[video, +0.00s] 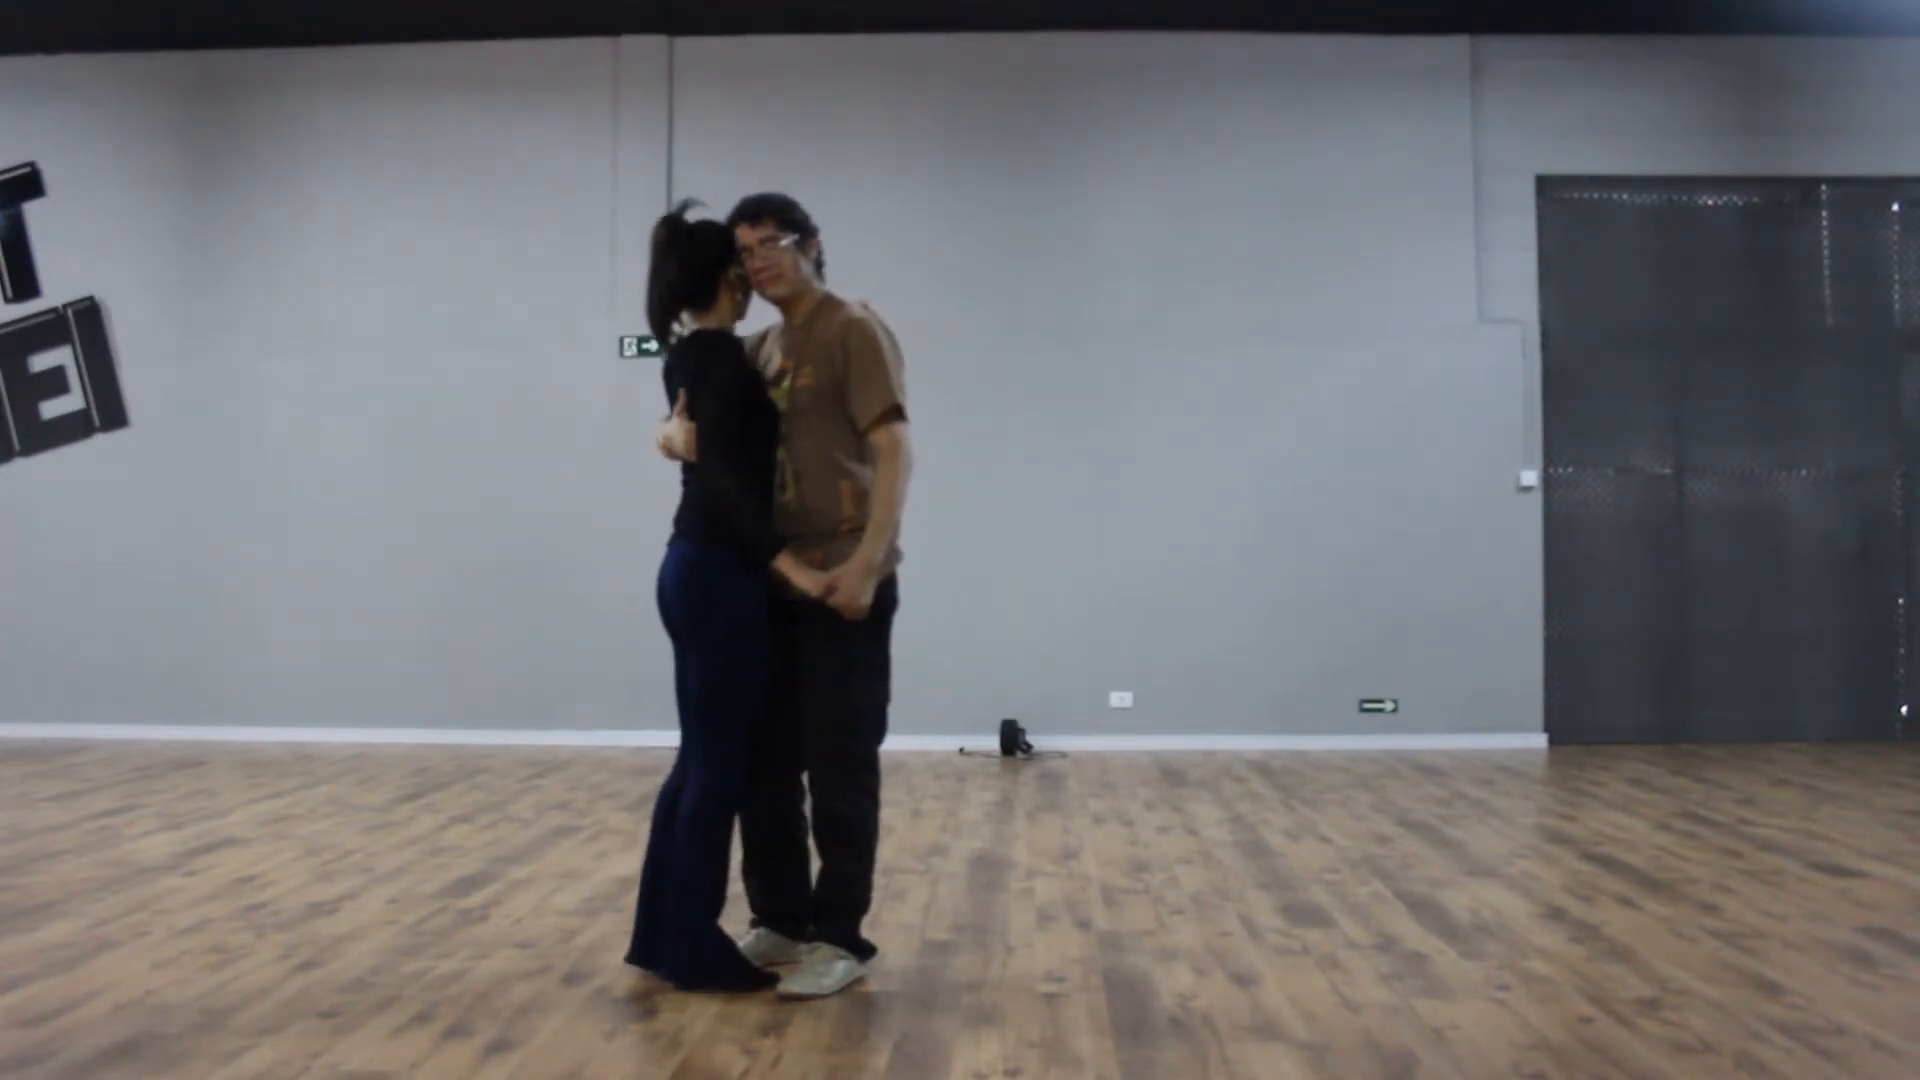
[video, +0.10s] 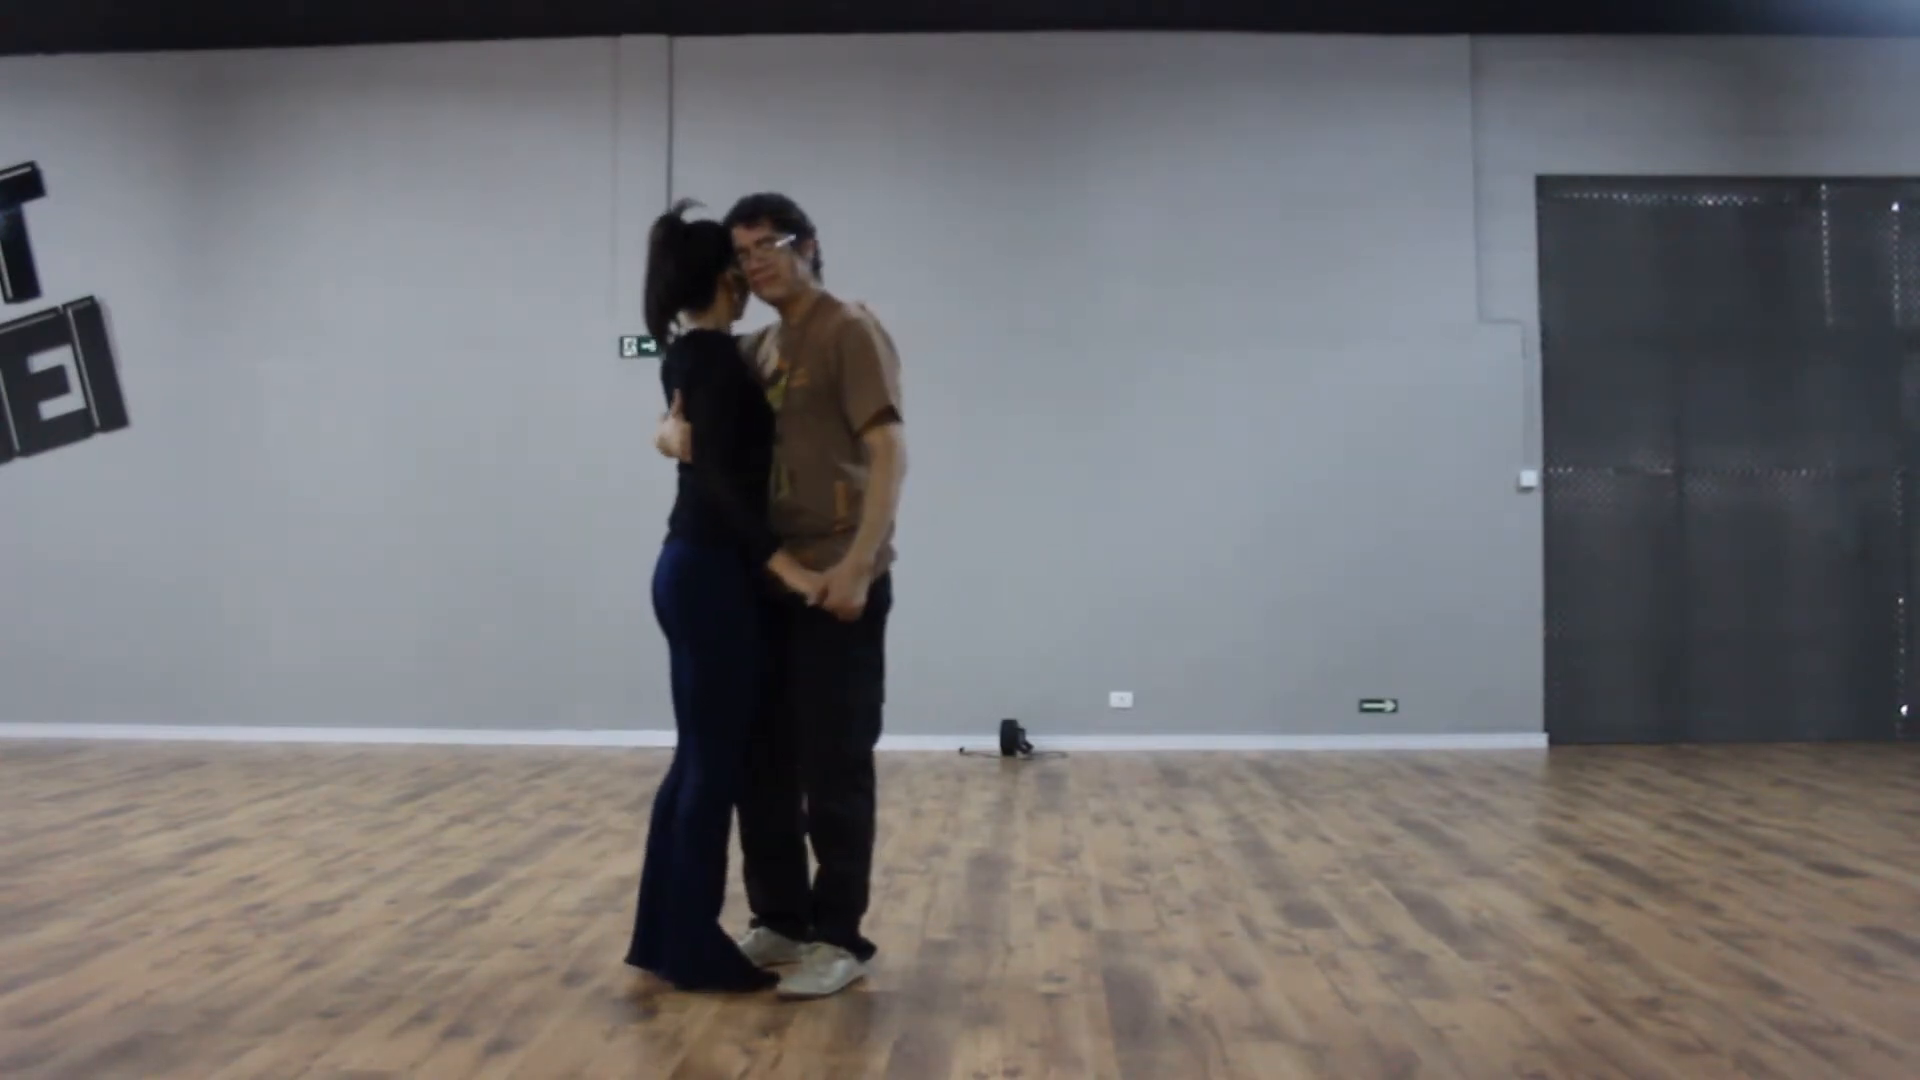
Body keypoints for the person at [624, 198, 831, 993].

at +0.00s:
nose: (754, 273)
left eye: (750, 262)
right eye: (744, 265)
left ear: (686, 284)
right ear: (727, 280)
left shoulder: (696, 355)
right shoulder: (717, 361)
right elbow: (720, 484)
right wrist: (788, 565)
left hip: (700, 570)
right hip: (717, 575)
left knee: (706, 758)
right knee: (718, 761)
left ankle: (662, 934)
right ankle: (688, 941)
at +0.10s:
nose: (752, 272)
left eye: (748, 260)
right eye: (741, 264)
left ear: (684, 283)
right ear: (724, 279)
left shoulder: (698, 353)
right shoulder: (711, 361)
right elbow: (714, 479)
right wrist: (783, 564)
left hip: (699, 570)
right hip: (710, 576)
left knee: (702, 758)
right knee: (713, 760)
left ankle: (664, 935)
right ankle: (689, 941)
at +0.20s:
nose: (748, 271)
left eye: (745, 260)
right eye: (738, 263)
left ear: (681, 283)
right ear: (721, 279)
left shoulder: (702, 353)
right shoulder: (705, 361)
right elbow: (707, 480)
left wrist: (833, 317)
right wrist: (776, 564)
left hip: (695, 568)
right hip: (703, 574)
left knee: (697, 758)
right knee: (706, 760)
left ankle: (664, 935)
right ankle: (687, 942)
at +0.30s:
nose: (747, 274)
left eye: (744, 262)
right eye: (736, 265)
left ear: (679, 284)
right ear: (717, 280)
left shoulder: (699, 353)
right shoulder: (702, 362)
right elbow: (705, 482)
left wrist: (829, 318)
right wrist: (775, 566)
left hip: (692, 568)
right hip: (699, 574)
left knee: (692, 757)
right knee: (702, 760)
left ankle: (663, 935)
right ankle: (687, 941)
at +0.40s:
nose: (739, 276)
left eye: (737, 265)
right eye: (730, 268)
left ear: (673, 286)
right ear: (711, 282)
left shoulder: (698, 355)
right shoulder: (696, 364)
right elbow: (699, 484)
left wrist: (826, 324)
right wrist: (773, 569)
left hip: (690, 569)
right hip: (695, 575)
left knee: (686, 758)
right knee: (698, 761)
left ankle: (662, 935)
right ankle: (687, 942)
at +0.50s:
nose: (736, 278)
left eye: (734, 266)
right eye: (726, 269)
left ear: (670, 288)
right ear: (708, 283)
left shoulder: (693, 357)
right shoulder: (695, 366)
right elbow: (699, 484)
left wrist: (823, 324)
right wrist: (771, 570)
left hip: (687, 570)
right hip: (692, 575)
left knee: (683, 758)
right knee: (697, 761)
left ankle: (662, 937)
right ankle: (687, 943)